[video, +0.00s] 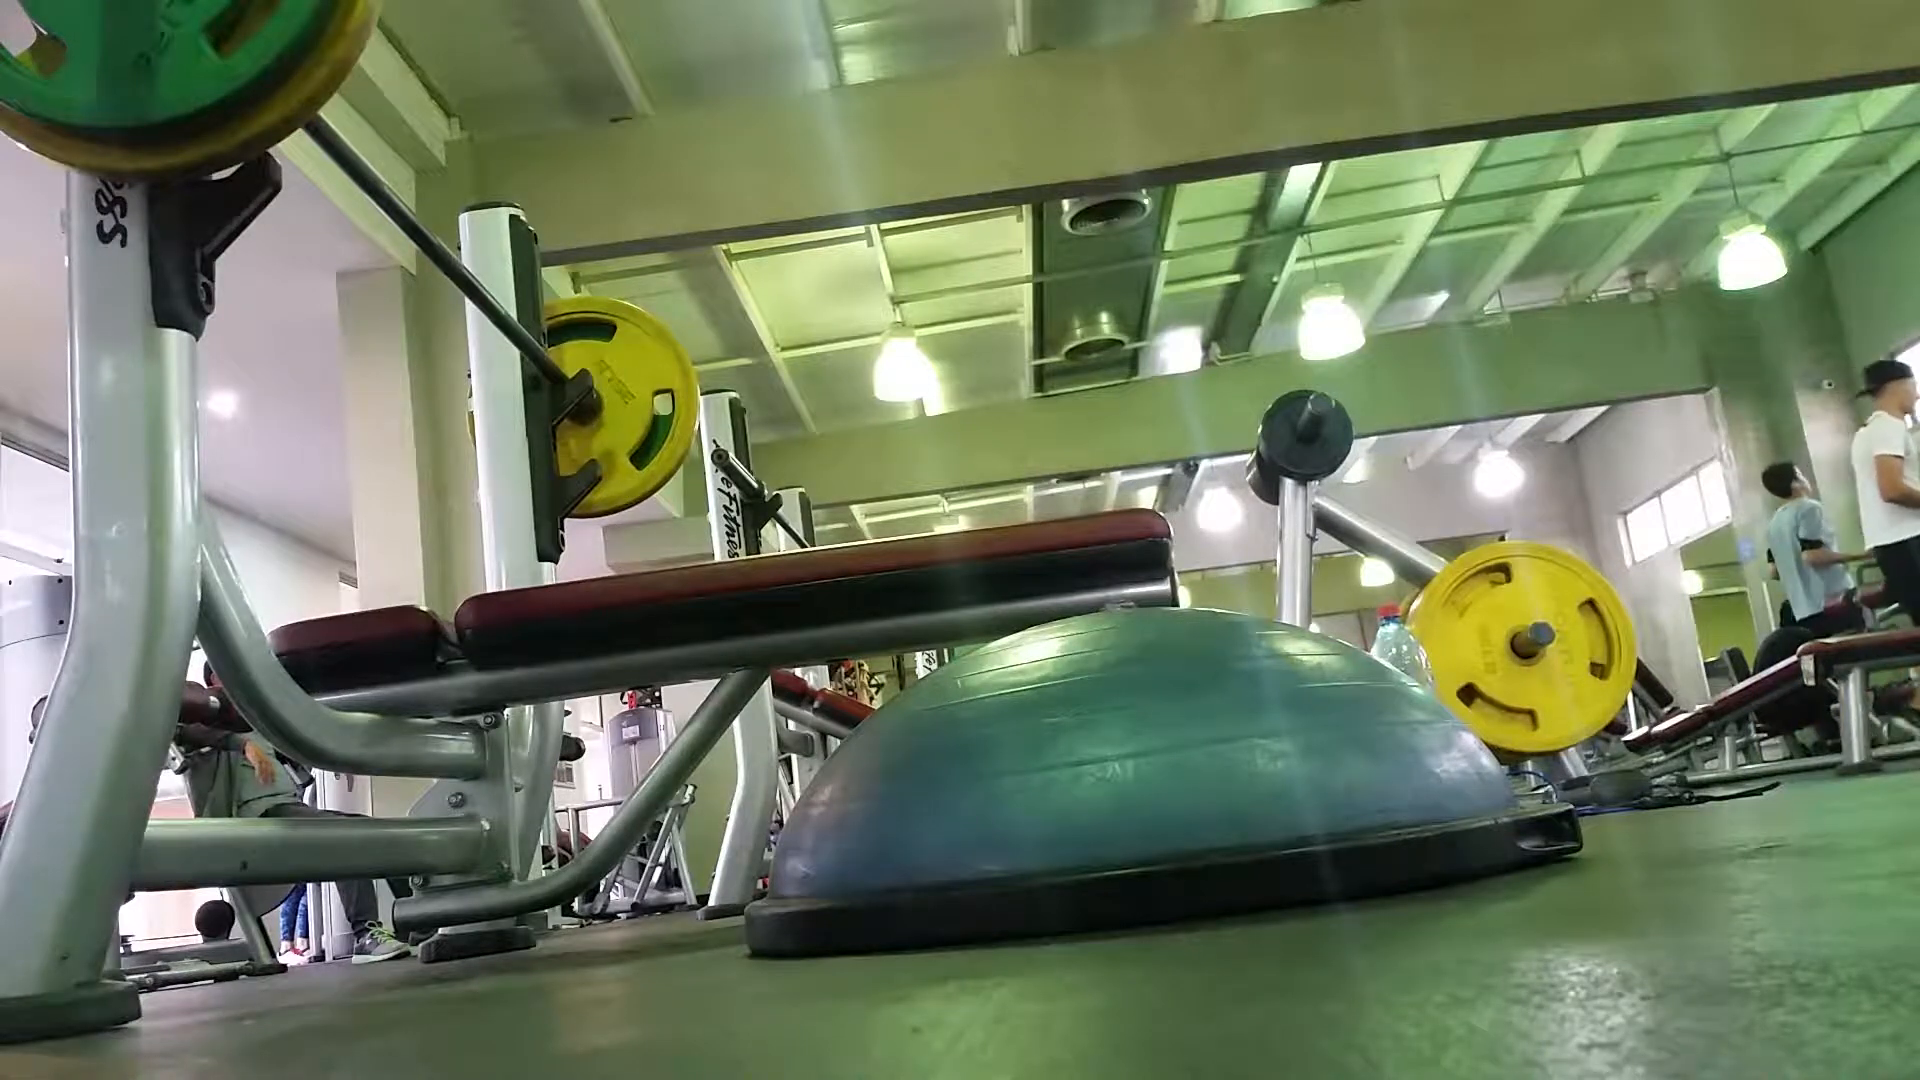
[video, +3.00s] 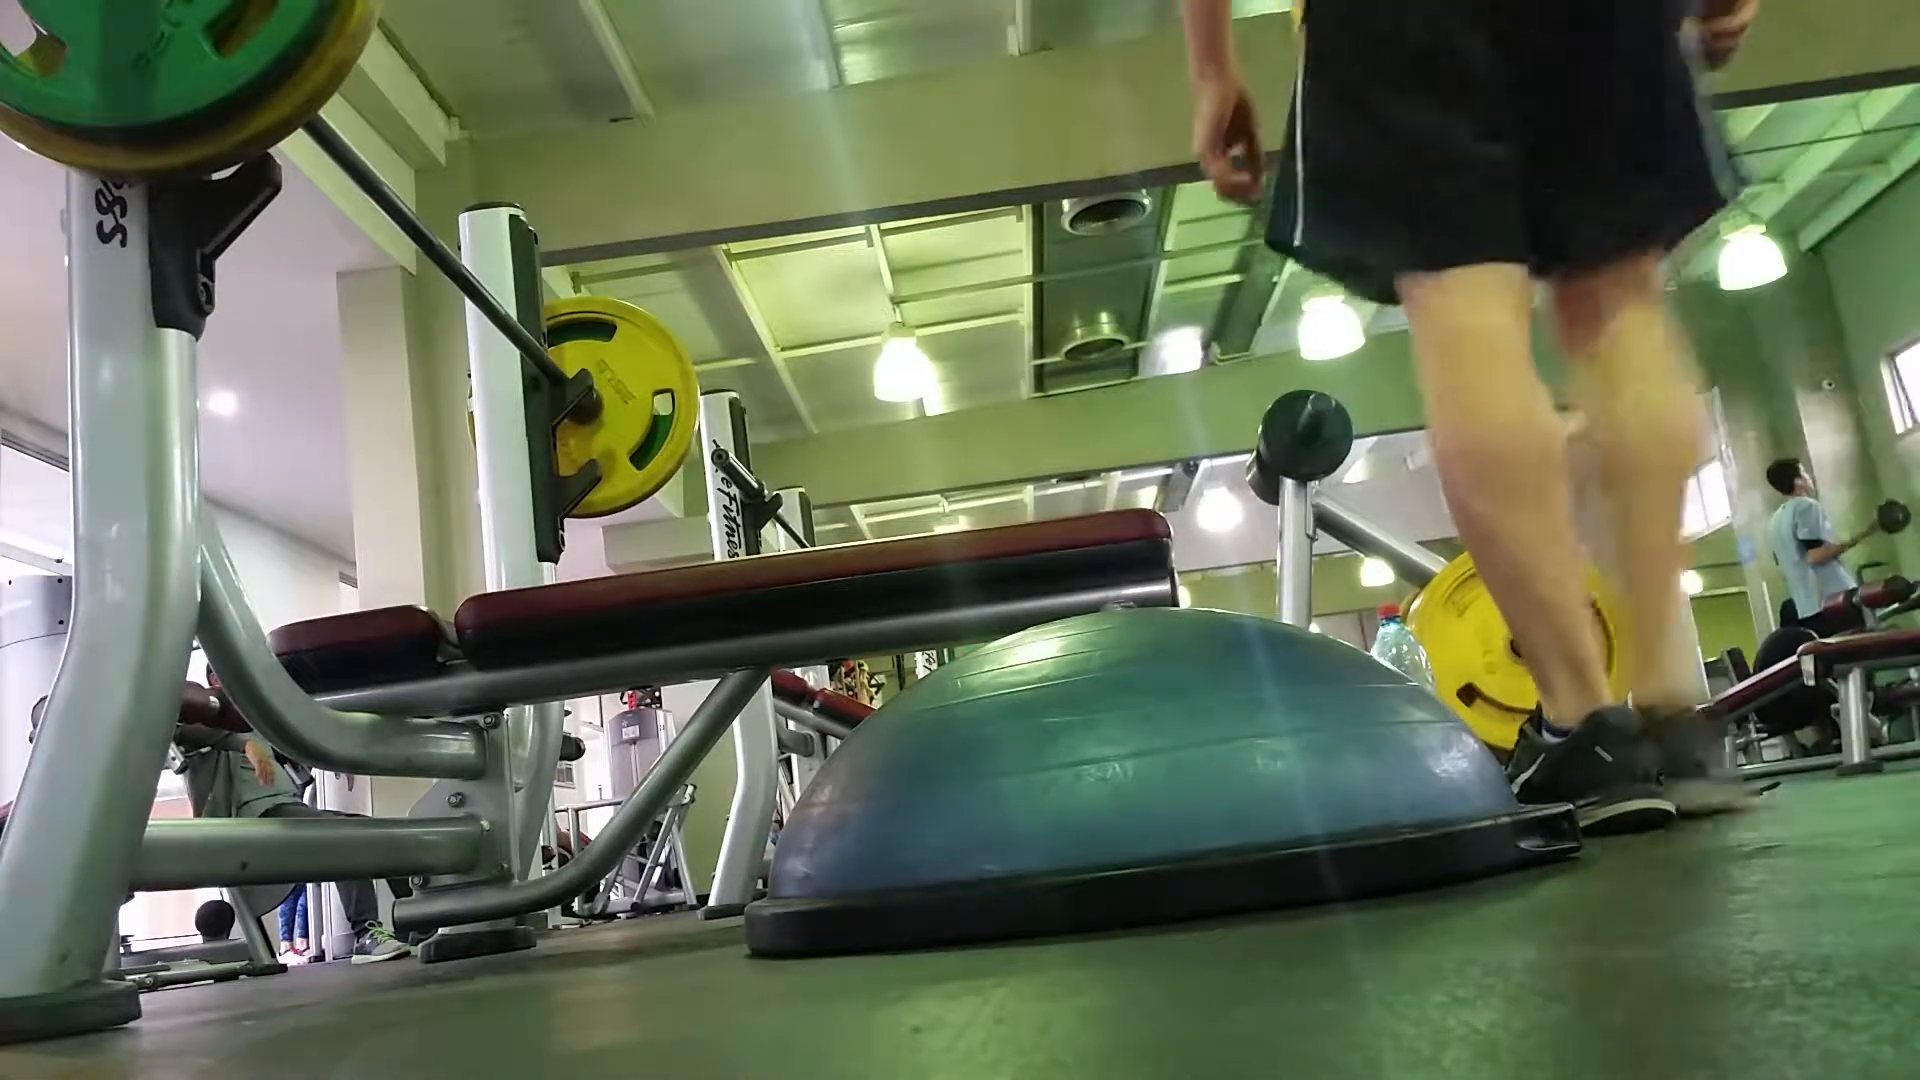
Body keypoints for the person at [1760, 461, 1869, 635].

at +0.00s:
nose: (1806, 478)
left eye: (1802, 473)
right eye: (1800, 475)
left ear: (1777, 490)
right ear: (1794, 483)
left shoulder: (1775, 521)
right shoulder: (1808, 508)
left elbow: (1774, 571)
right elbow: (1812, 555)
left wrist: (1804, 573)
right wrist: (1860, 556)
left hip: (1805, 614)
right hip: (1835, 606)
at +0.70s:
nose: (1816, 487)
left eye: (1815, 481)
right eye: (1815, 482)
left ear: (1787, 483)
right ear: (1811, 483)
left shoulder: (1775, 516)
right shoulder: (1806, 512)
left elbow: (1778, 559)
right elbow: (1821, 561)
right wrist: (1866, 548)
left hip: (1810, 612)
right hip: (1836, 607)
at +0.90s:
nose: (1810, 489)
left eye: (1810, 483)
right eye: (1810, 484)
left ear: (1780, 485)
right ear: (1805, 486)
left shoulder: (1769, 520)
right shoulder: (1805, 512)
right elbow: (1833, 556)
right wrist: (1864, 529)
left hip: (1810, 612)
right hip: (1838, 605)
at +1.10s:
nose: (1814, 486)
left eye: (1812, 480)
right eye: (1812, 480)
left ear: (1784, 486)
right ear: (1808, 483)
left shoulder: (1773, 520)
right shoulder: (1810, 509)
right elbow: (1839, 551)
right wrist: (1855, 511)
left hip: (1810, 609)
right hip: (1838, 604)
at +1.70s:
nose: (1811, 476)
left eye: (1807, 471)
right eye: (1806, 472)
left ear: (1784, 486)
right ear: (1798, 480)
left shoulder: (1776, 519)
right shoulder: (1811, 508)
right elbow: (1849, 545)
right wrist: (1839, 503)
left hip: (1811, 608)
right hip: (1838, 601)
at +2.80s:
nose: (1810, 477)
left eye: (1807, 472)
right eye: (1806, 472)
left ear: (1781, 484)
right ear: (1797, 478)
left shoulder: (1775, 517)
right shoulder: (1806, 509)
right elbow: (1832, 551)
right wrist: (1847, 512)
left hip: (1807, 606)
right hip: (1834, 599)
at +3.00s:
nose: (1810, 477)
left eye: (1806, 472)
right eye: (1804, 473)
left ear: (1781, 488)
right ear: (1798, 481)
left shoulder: (1775, 520)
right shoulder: (1806, 506)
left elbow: (1781, 564)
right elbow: (1815, 555)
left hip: (1808, 610)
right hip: (1835, 602)